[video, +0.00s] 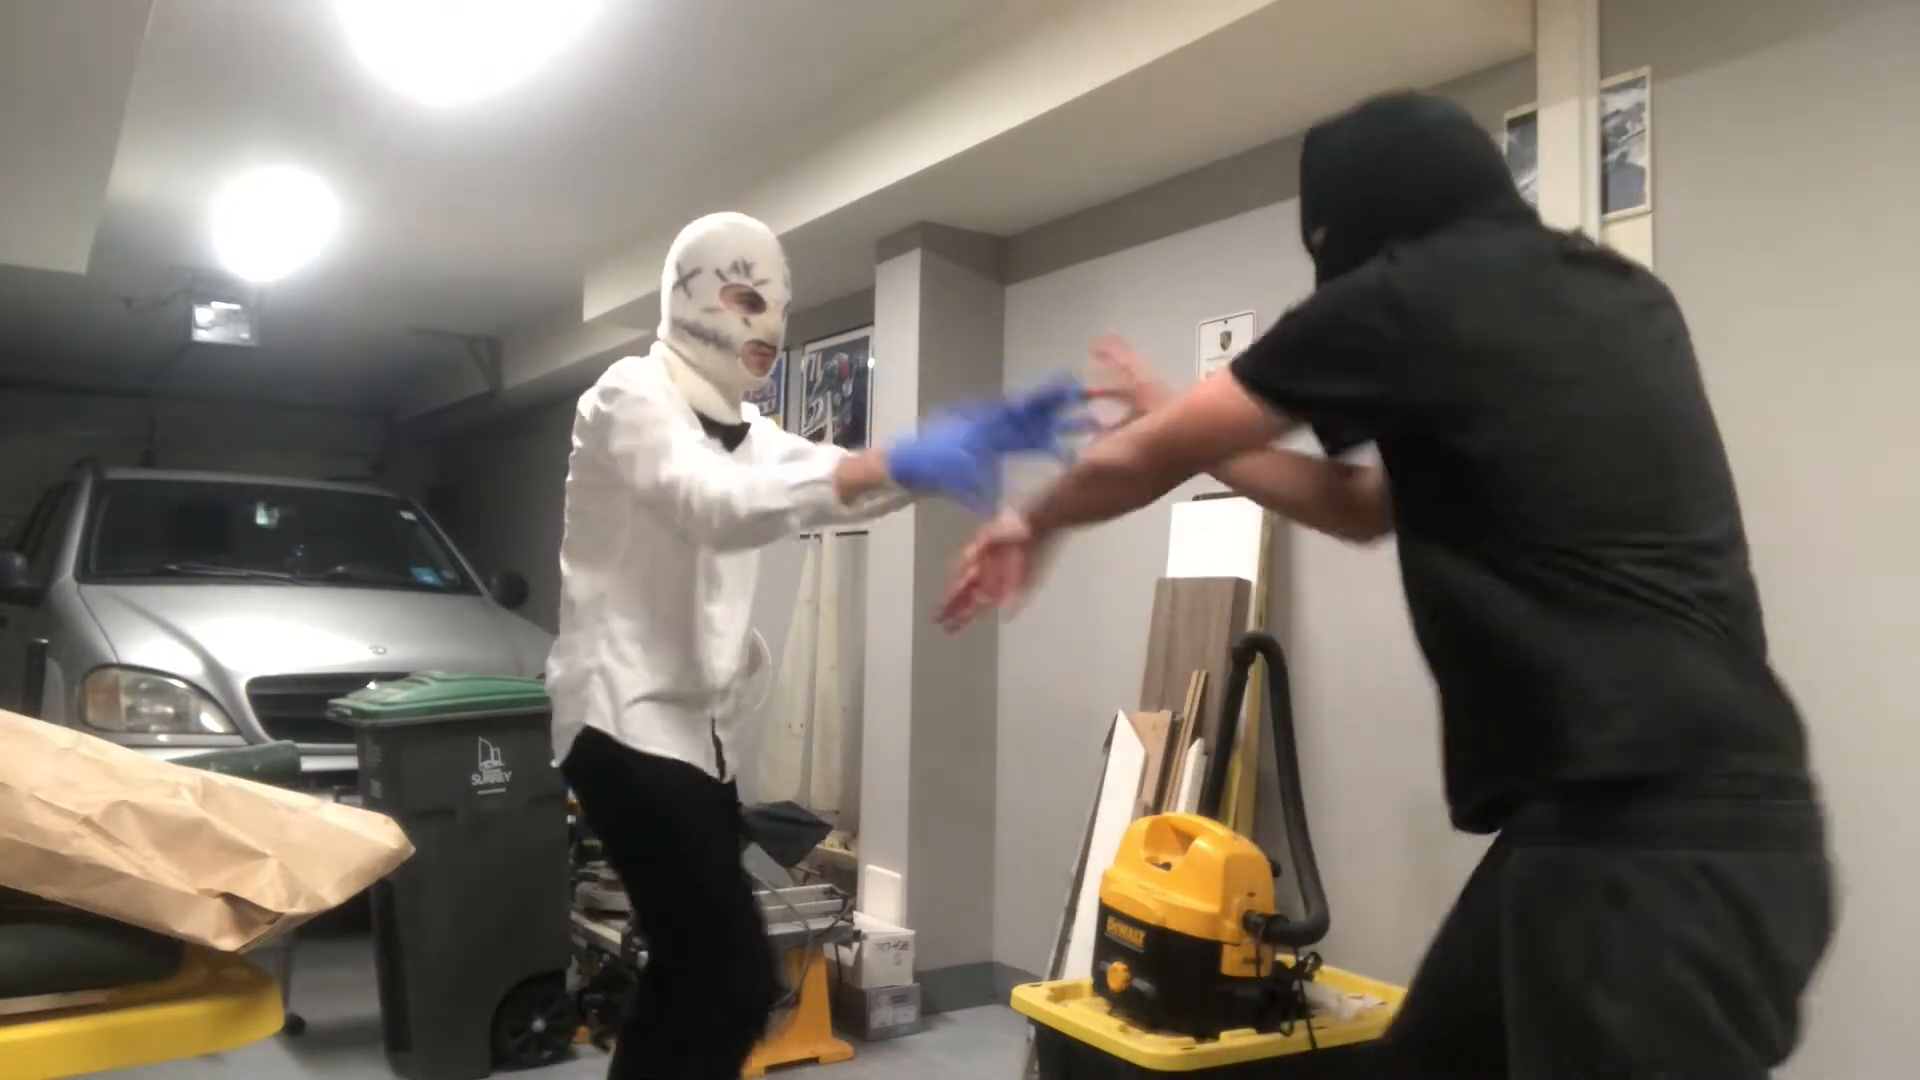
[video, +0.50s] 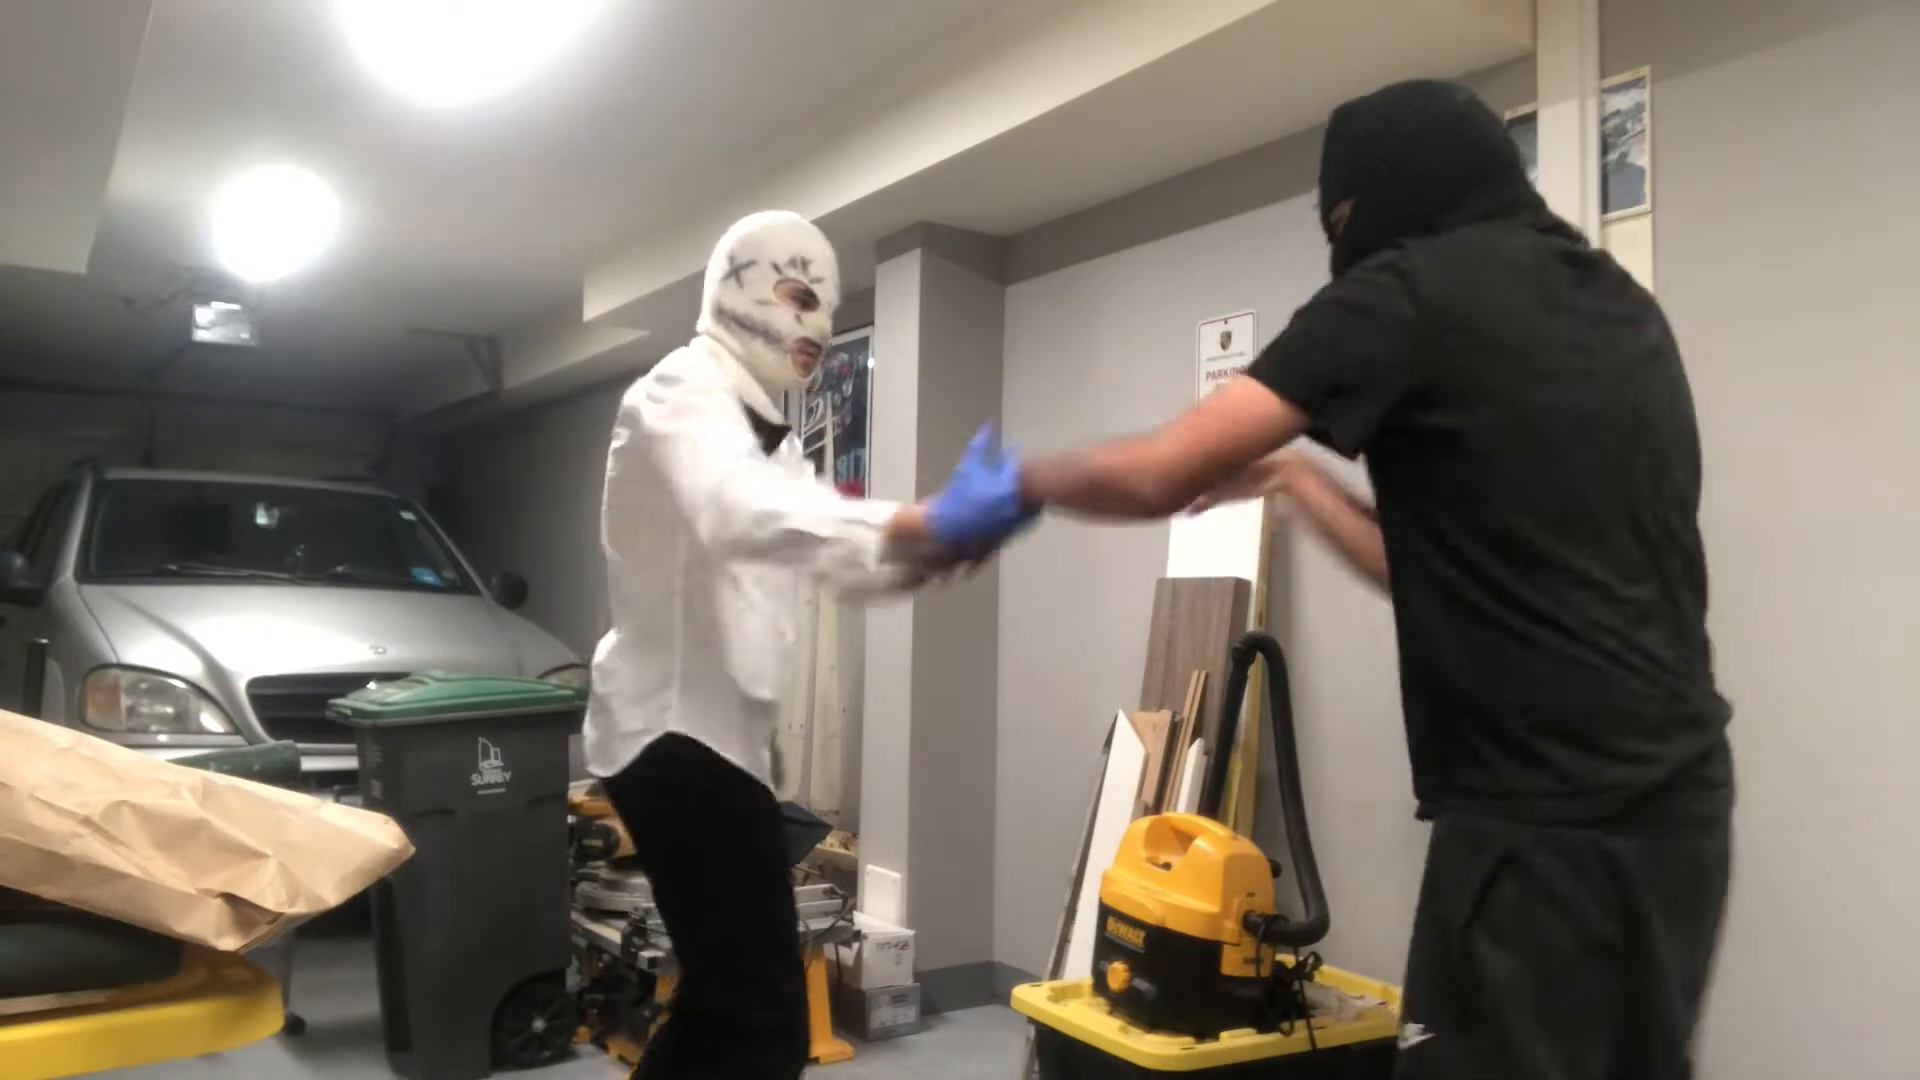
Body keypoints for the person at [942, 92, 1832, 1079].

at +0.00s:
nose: (1316, 257)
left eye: (1320, 229)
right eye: (1315, 234)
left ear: (1360, 212)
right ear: (1476, 189)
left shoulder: (1403, 297)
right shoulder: (1618, 296)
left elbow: (1141, 458)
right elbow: (1361, 503)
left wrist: (1035, 522)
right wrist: (1190, 427)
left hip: (1628, 855)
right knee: (1419, 1068)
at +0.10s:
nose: (1310, 279)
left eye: (1309, 256)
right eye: (1305, 259)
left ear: (1351, 232)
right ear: (1458, 197)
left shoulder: (1415, 313)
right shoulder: (1593, 303)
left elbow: (1130, 482)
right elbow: (1364, 487)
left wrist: (1072, 450)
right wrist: (1166, 438)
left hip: (1612, 853)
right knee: (1454, 1067)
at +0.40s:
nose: (1325, 268)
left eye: (1323, 238)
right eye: (1316, 244)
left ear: (1372, 207)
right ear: (1466, 184)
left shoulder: (1418, 299)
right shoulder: (1585, 297)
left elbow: (1171, 492)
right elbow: (1434, 559)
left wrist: (1097, 423)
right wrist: (1234, 486)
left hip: (1549, 864)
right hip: (1694, 850)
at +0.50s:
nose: (1338, 254)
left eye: (1337, 227)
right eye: (1333, 232)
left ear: (1376, 199)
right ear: (1486, 178)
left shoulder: (1408, 294)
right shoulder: (1617, 302)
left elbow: (1158, 474)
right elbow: (1446, 577)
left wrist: (1013, 485)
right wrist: (1287, 473)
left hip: (1533, 831)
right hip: (1674, 810)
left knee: (1485, 1059)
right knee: (1634, 1061)